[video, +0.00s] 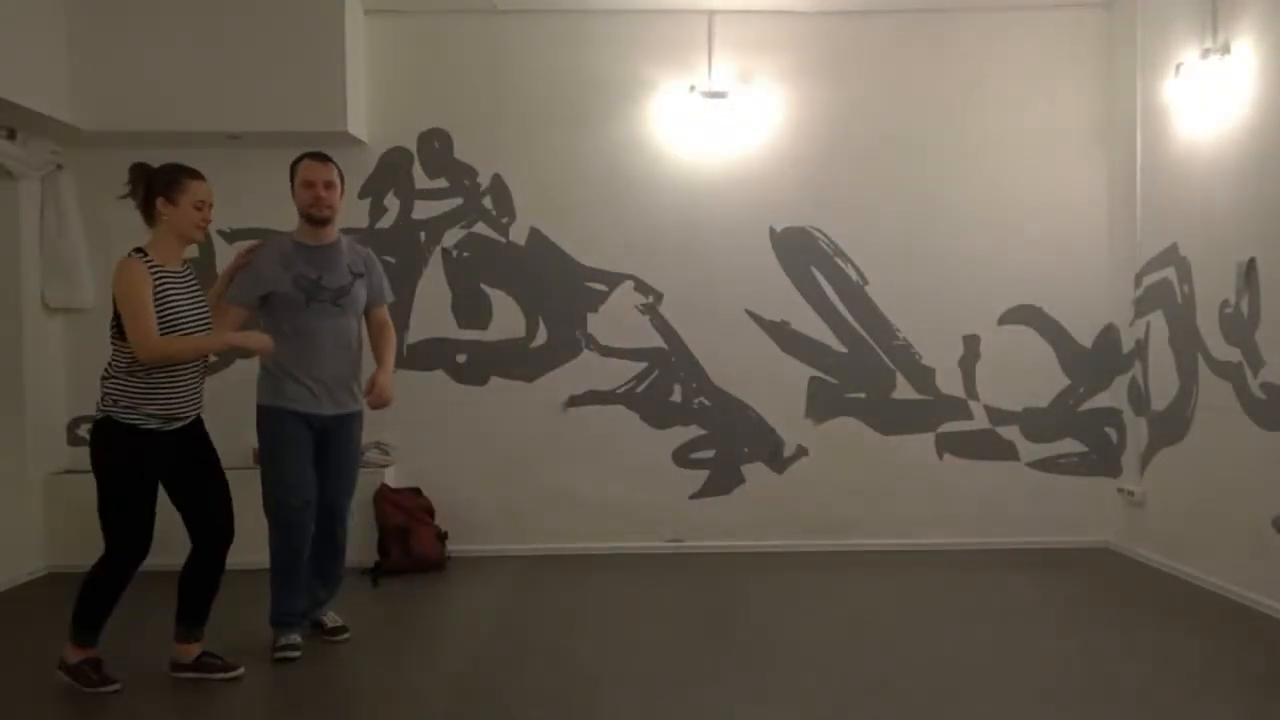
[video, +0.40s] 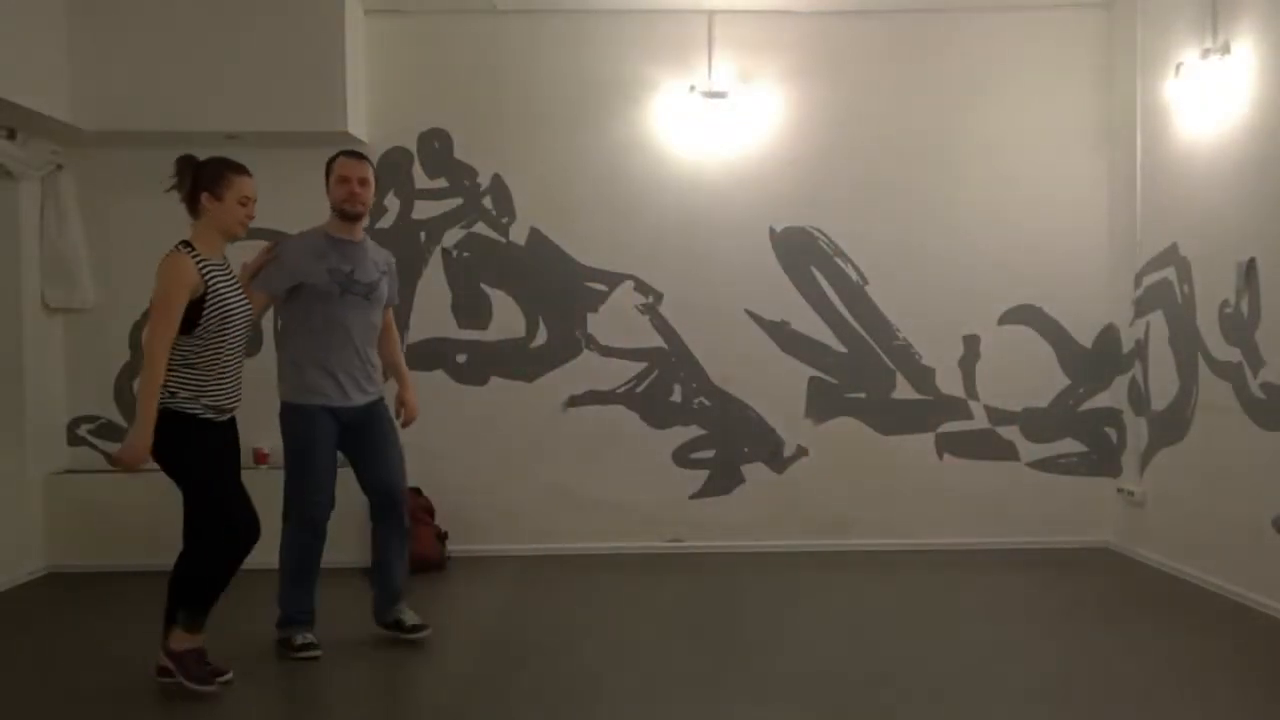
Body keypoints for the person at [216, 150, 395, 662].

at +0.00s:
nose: (319, 194)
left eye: (328, 185)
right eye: (309, 186)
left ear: (342, 194)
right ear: (293, 196)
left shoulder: (361, 259)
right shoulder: (267, 258)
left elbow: (381, 321)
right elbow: (225, 324)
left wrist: (385, 369)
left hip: (344, 406)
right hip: (285, 405)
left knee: (333, 511)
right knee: (292, 512)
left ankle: (318, 606)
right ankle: (287, 623)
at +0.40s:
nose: (353, 190)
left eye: (362, 183)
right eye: (344, 182)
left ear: (374, 193)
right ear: (327, 191)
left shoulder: (382, 262)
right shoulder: (294, 251)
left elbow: (385, 329)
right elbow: (239, 312)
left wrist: (405, 381)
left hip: (366, 401)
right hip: (308, 402)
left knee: (393, 497)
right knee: (309, 511)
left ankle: (391, 607)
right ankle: (295, 625)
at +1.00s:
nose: (414, 191)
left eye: (423, 183)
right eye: (405, 182)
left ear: (433, 194)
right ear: (387, 190)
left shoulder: (435, 260)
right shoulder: (365, 247)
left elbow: (444, 330)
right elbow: (313, 306)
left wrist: (490, 346)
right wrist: (267, 355)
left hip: (428, 394)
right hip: (376, 392)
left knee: (433, 503)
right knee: (403, 498)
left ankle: (420, 613)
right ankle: (398, 622)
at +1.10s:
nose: (416, 188)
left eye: (424, 181)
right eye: (407, 179)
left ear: (435, 192)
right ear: (389, 188)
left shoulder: (439, 259)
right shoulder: (367, 246)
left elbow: (447, 328)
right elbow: (319, 301)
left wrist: (492, 340)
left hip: (431, 399)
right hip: (380, 397)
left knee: (433, 508)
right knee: (403, 507)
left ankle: (424, 615)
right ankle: (418, 627)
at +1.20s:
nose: (417, 191)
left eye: (425, 184)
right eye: (407, 183)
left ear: (436, 196)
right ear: (390, 191)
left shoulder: (436, 261)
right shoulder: (368, 248)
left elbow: (446, 332)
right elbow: (320, 302)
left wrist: (489, 338)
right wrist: (327, 260)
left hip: (434, 404)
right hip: (381, 405)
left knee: (438, 512)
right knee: (404, 514)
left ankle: (424, 619)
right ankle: (421, 630)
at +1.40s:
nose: (414, 187)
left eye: (422, 180)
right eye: (404, 178)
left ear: (433, 192)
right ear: (387, 188)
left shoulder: (437, 260)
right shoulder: (365, 247)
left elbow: (444, 332)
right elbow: (314, 296)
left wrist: (486, 338)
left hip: (429, 398)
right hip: (377, 397)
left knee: (433, 510)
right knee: (404, 510)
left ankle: (425, 619)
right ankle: (418, 630)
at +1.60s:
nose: (398, 190)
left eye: (406, 183)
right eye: (389, 182)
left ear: (420, 194)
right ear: (373, 191)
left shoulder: (426, 262)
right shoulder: (347, 250)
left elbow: (437, 332)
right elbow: (304, 311)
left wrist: (481, 337)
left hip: (417, 399)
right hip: (364, 398)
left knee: (429, 509)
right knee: (389, 506)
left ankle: (418, 619)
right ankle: (371, 627)